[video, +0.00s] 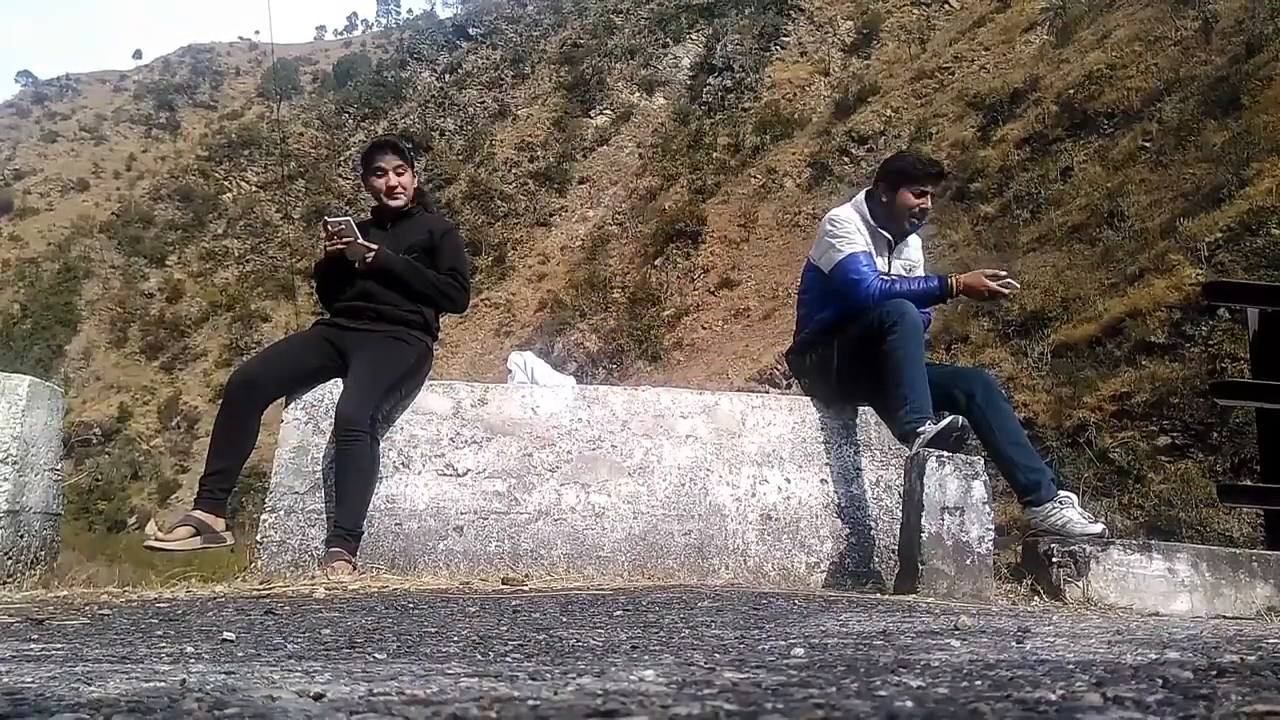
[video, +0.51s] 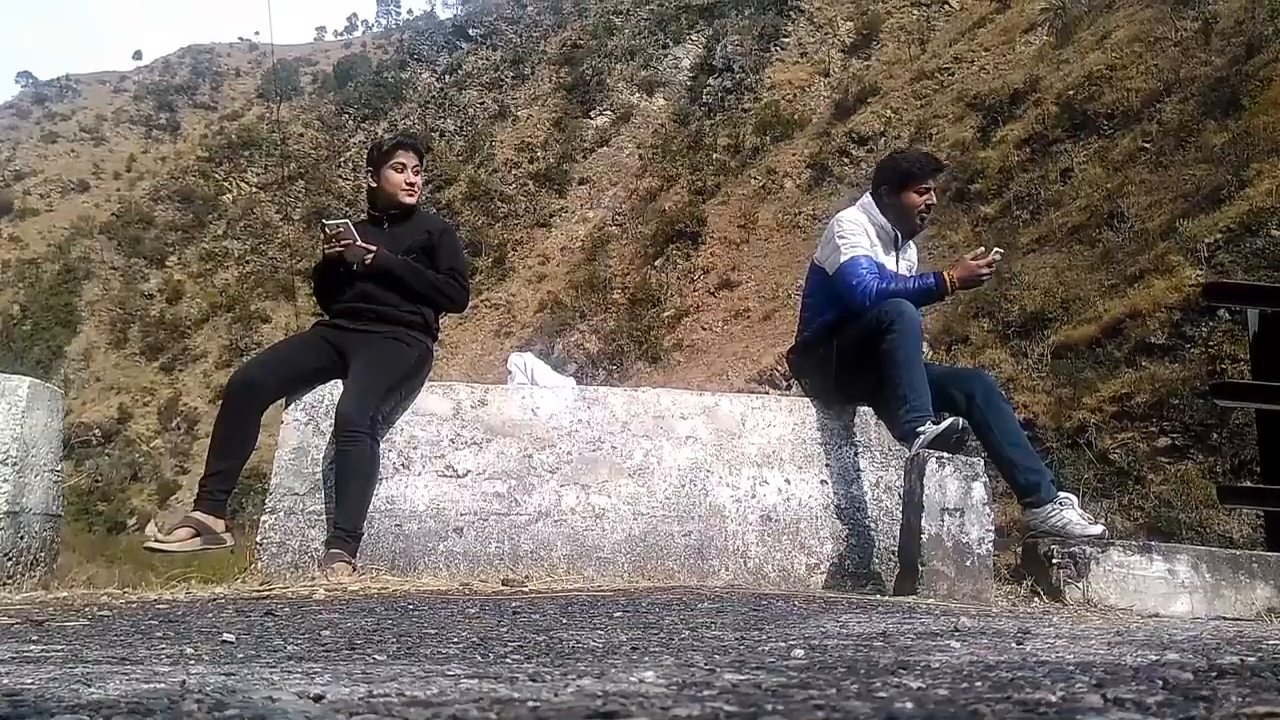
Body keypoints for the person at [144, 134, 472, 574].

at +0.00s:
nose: (393, 181)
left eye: (401, 171)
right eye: (381, 174)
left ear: (415, 174)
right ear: (368, 183)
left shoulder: (437, 228)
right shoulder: (356, 229)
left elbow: (457, 296)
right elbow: (330, 297)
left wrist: (382, 257)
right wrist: (332, 257)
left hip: (397, 340)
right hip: (336, 331)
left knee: (354, 420)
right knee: (247, 383)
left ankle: (341, 554)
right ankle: (209, 516)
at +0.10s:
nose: (398, 179)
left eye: (405, 169)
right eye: (386, 171)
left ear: (418, 174)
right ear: (370, 181)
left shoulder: (437, 227)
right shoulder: (355, 228)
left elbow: (457, 296)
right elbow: (329, 296)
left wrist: (384, 257)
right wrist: (332, 257)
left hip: (397, 339)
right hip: (337, 330)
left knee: (354, 420)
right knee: (247, 384)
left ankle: (341, 553)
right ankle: (209, 515)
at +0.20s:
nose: (402, 178)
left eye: (409, 168)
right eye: (389, 169)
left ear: (419, 174)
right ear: (371, 178)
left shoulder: (437, 227)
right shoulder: (354, 227)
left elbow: (456, 295)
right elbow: (328, 296)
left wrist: (384, 257)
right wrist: (332, 258)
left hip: (397, 338)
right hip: (337, 330)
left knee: (354, 420)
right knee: (247, 383)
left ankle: (341, 554)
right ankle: (209, 515)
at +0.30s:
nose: (404, 176)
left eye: (412, 168)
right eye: (392, 167)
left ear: (420, 175)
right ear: (371, 176)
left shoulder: (436, 227)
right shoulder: (353, 227)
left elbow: (456, 294)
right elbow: (328, 296)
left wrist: (383, 257)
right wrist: (331, 257)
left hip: (398, 338)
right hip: (337, 330)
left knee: (353, 419)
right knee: (246, 383)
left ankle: (341, 553)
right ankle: (209, 514)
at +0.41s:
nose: (408, 175)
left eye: (415, 168)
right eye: (396, 166)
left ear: (421, 177)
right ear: (372, 175)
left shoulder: (435, 226)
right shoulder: (352, 227)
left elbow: (457, 295)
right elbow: (328, 297)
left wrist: (382, 256)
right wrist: (332, 258)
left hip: (397, 338)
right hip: (337, 330)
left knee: (354, 418)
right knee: (247, 383)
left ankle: (341, 553)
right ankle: (209, 514)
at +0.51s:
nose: (412, 178)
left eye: (418, 170)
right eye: (400, 169)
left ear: (423, 179)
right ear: (375, 177)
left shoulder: (435, 229)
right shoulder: (352, 229)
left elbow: (457, 296)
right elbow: (327, 298)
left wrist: (382, 259)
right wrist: (331, 261)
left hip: (397, 340)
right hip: (337, 332)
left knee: (354, 420)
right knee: (247, 385)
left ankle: (341, 555)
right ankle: (209, 517)